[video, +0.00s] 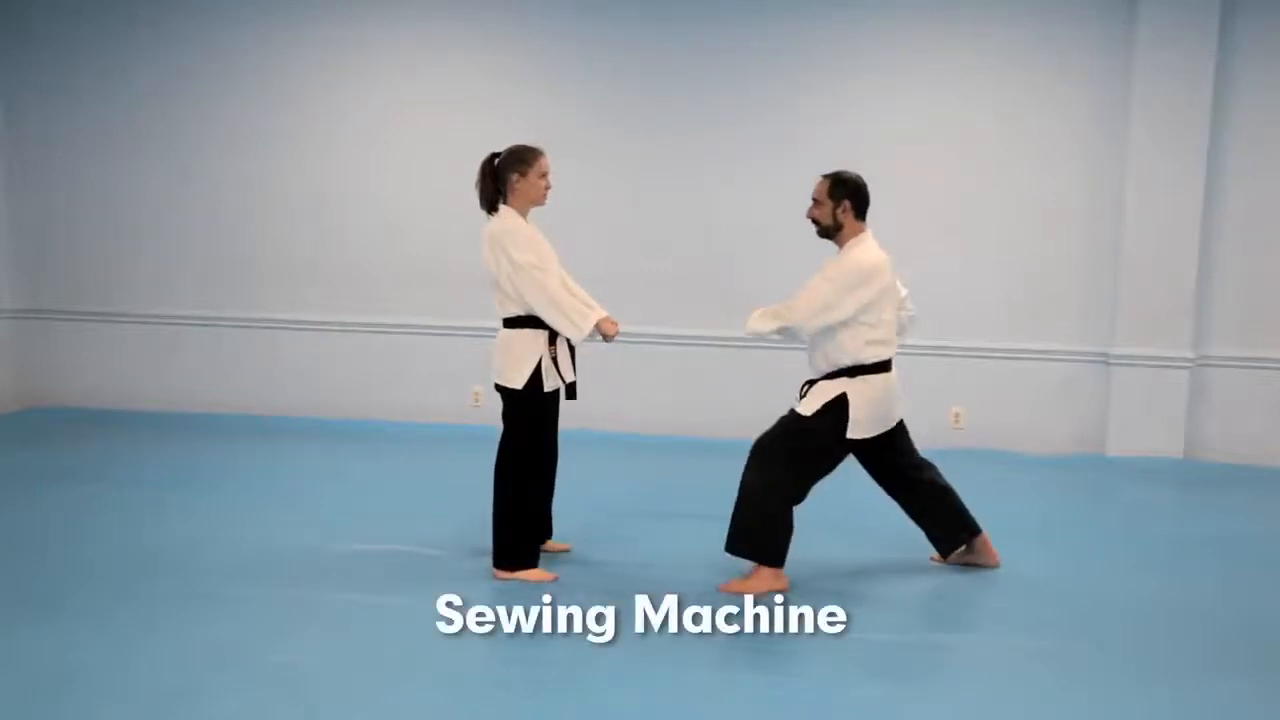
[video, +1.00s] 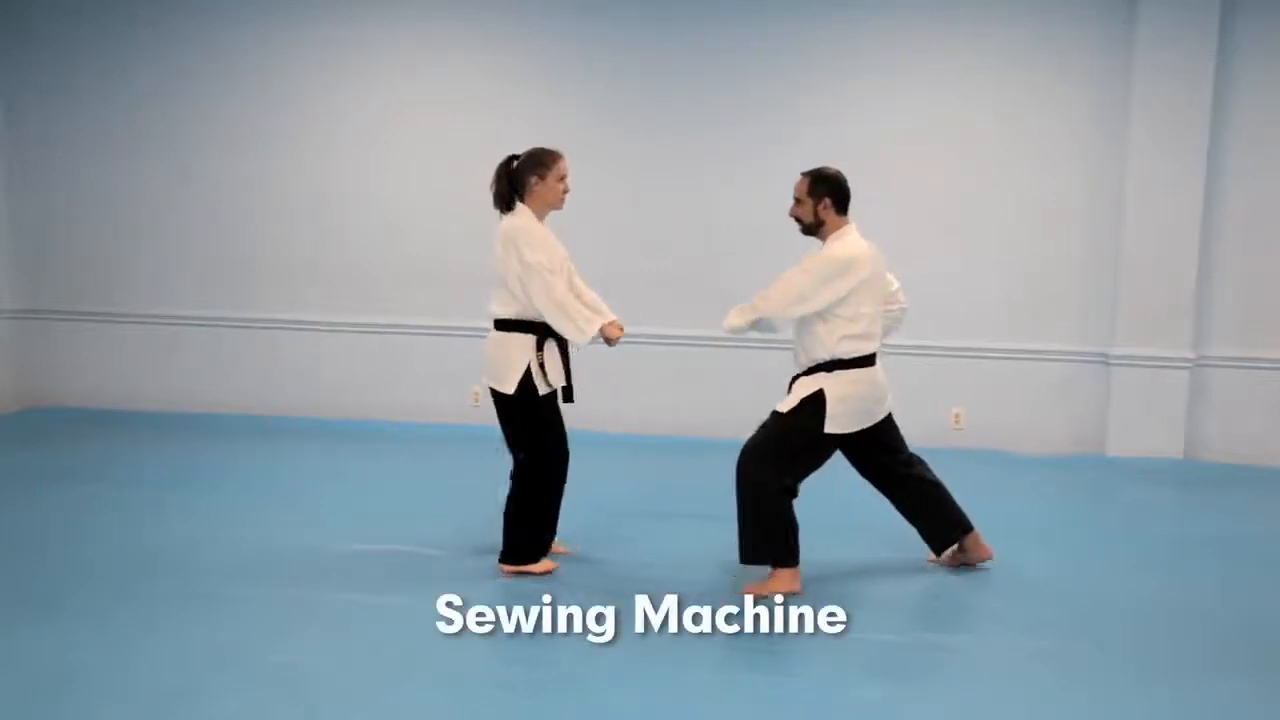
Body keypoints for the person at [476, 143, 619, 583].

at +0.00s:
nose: (549, 184)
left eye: (548, 176)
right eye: (542, 177)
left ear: (520, 183)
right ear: (515, 181)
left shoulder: (525, 228)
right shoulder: (506, 230)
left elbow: (560, 278)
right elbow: (541, 289)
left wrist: (596, 314)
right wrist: (591, 323)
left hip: (544, 353)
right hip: (525, 355)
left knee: (541, 453)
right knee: (521, 457)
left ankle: (534, 536)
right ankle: (511, 562)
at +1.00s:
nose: (568, 187)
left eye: (567, 180)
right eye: (561, 180)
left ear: (538, 183)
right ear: (536, 182)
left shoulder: (536, 228)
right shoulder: (521, 229)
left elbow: (570, 281)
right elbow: (549, 293)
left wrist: (603, 317)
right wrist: (595, 327)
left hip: (534, 353)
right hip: (519, 355)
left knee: (549, 452)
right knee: (542, 455)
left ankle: (537, 539)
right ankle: (518, 556)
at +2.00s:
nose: (397, 241)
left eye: (400, 237)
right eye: (438, 240)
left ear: (401, 244)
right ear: (440, 246)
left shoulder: (387, 288)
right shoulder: (460, 288)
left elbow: (378, 338)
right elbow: (509, 309)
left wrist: (374, 376)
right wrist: (501, 268)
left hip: (395, 416)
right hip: (455, 417)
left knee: (321, 452)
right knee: (528, 468)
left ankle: (294, 549)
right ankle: (541, 563)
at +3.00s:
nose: (509, 212)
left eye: (507, 204)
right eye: (505, 206)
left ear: (463, 210)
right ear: (491, 210)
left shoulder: (437, 250)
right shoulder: (515, 248)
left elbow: (421, 289)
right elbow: (571, 252)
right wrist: (617, 236)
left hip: (435, 376)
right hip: (492, 378)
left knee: (410, 454)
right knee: (538, 465)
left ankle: (400, 544)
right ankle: (549, 562)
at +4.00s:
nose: (611, 209)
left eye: (609, 202)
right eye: (607, 203)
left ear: (568, 210)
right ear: (592, 207)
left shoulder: (538, 251)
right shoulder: (620, 243)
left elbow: (489, 293)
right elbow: (662, 243)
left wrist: (537, 310)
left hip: (537, 373)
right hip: (595, 378)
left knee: (511, 457)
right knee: (631, 461)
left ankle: (479, 550)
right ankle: (650, 557)